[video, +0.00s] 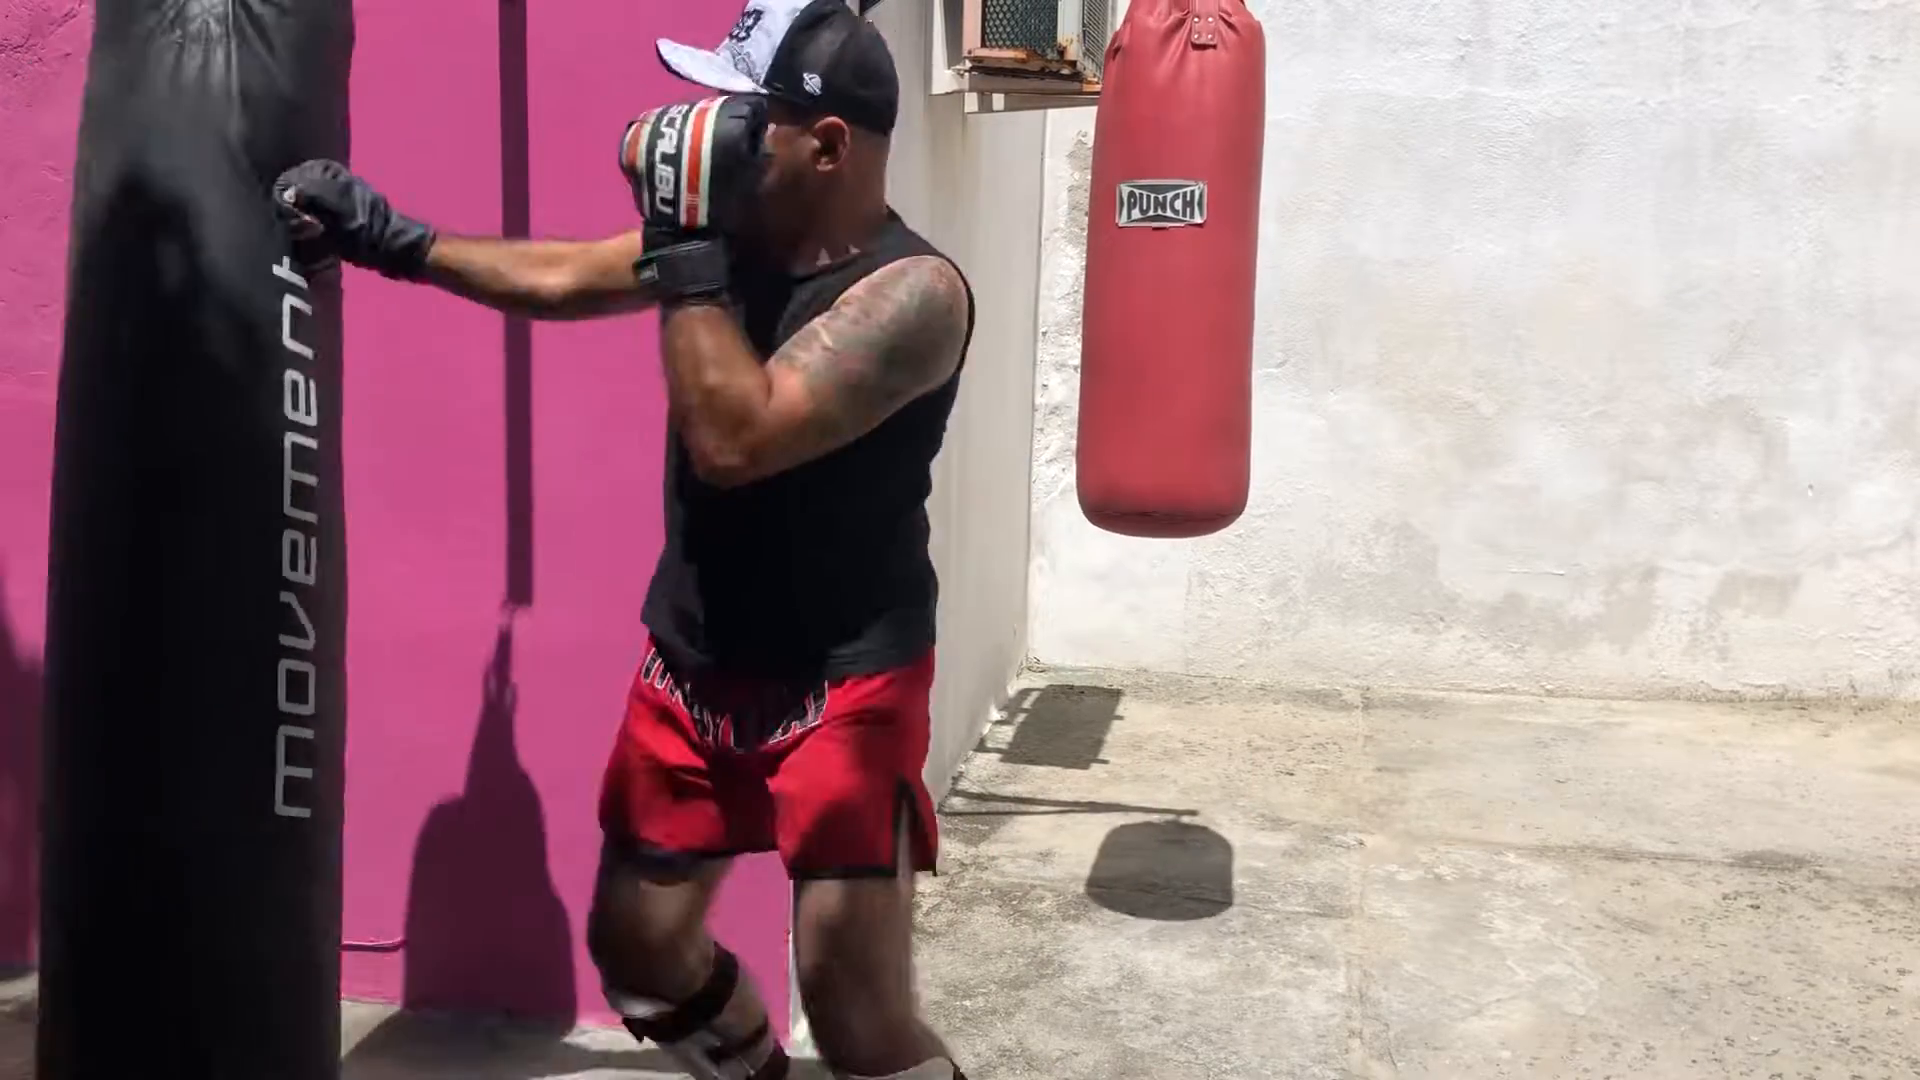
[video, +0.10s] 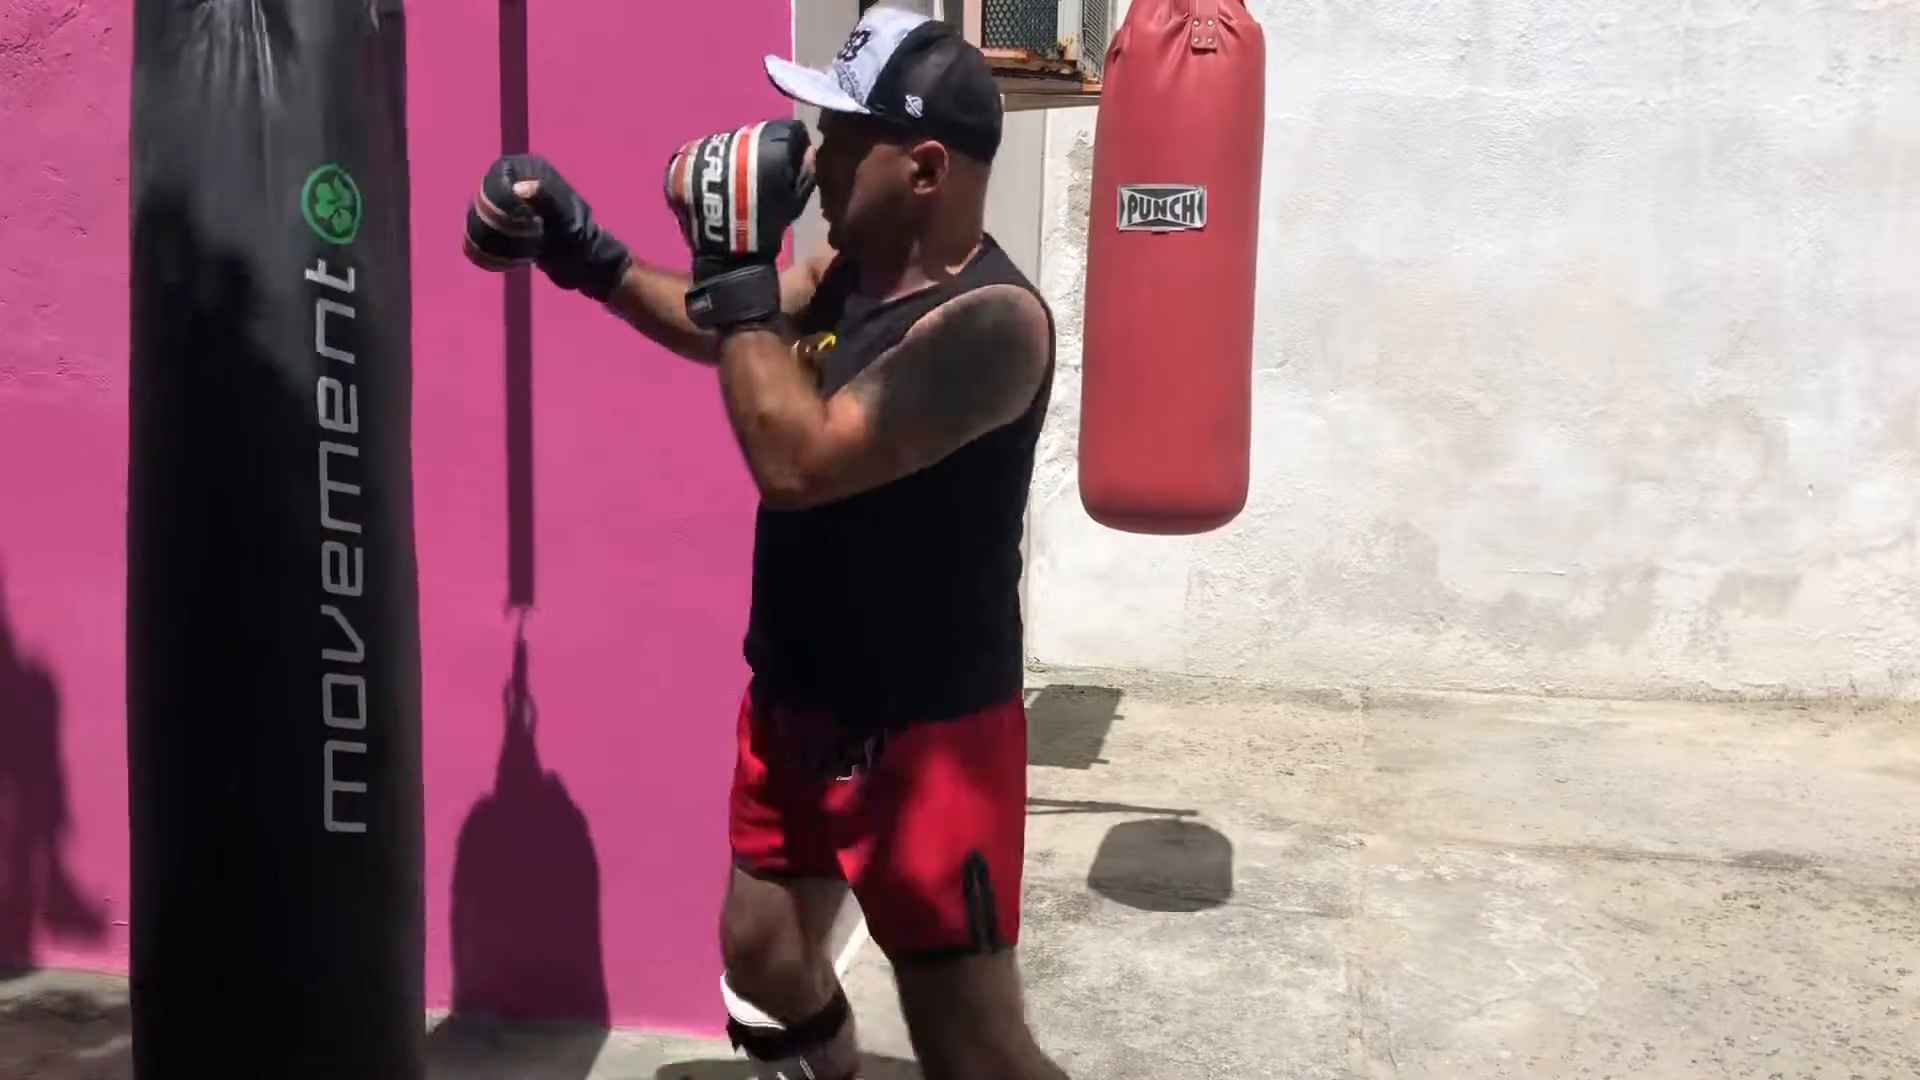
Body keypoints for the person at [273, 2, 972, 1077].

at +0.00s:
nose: (726, 140)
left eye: (751, 120)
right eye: (729, 118)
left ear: (828, 144)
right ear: (817, 144)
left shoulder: (916, 296)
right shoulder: (741, 241)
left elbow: (732, 437)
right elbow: (564, 279)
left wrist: (683, 246)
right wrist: (397, 239)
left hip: (844, 679)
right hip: (694, 661)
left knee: (857, 1014)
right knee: (639, 944)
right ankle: (764, 1070)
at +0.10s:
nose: (816, 156)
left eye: (841, 136)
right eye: (822, 131)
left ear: (924, 166)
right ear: (913, 166)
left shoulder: (994, 322)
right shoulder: (853, 265)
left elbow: (795, 463)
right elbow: (731, 335)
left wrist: (733, 273)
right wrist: (587, 256)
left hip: (936, 715)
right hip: (802, 692)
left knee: (973, 1044)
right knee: (766, 962)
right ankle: (830, 1070)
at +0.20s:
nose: (857, 182)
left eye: (881, 156)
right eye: (865, 153)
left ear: (963, 173)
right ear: (960, 175)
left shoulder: (1048, 320)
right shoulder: (943, 282)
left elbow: (860, 493)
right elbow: (886, 394)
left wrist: (769, 315)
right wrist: (749, 316)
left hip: (1019, 733)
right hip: (899, 703)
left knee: (1041, 1038)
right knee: (839, 944)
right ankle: (864, 1071)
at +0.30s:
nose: (910, 186)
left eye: (929, 160)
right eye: (915, 159)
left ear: (1010, 174)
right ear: (1008, 174)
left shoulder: (1101, 320)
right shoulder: (1007, 288)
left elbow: (933, 504)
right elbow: (961, 399)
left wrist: (833, 331)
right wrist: (836, 323)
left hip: (1086, 731)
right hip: (967, 703)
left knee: (1082, 1047)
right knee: (892, 939)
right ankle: (972, 1067)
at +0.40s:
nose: (955, 174)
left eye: (975, 146)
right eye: (959, 145)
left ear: (1054, 161)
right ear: (1050, 160)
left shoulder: (1150, 301)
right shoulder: (1029, 285)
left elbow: (989, 488)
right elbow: (985, 420)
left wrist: (886, 320)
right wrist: (877, 307)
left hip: (1111, 717)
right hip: (1001, 699)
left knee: (1108, 1037)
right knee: (988, 964)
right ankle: (1100, 1066)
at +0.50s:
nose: (975, 181)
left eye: (995, 152)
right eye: (978, 152)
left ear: (1072, 166)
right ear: (1068, 166)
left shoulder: (1158, 300)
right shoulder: (1061, 293)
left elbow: (1007, 483)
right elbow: (997, 439)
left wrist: (912, 315)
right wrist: (904, 310)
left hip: (1120, 717)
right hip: (1059, 712)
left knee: (1097, 1041)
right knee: (1136, 1005)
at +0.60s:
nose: (971, 195)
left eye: (990, 168)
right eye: (973, 168)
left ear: (1065, 182)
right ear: (1063, 183)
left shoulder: (1148, 315)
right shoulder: (1080, 308)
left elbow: (1015, 505)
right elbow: (1013, 442)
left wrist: (918, 344)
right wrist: (917, 341)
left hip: (1137, 718)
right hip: (1089, 710)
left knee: (1065, 1040)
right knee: (1157, 1000)